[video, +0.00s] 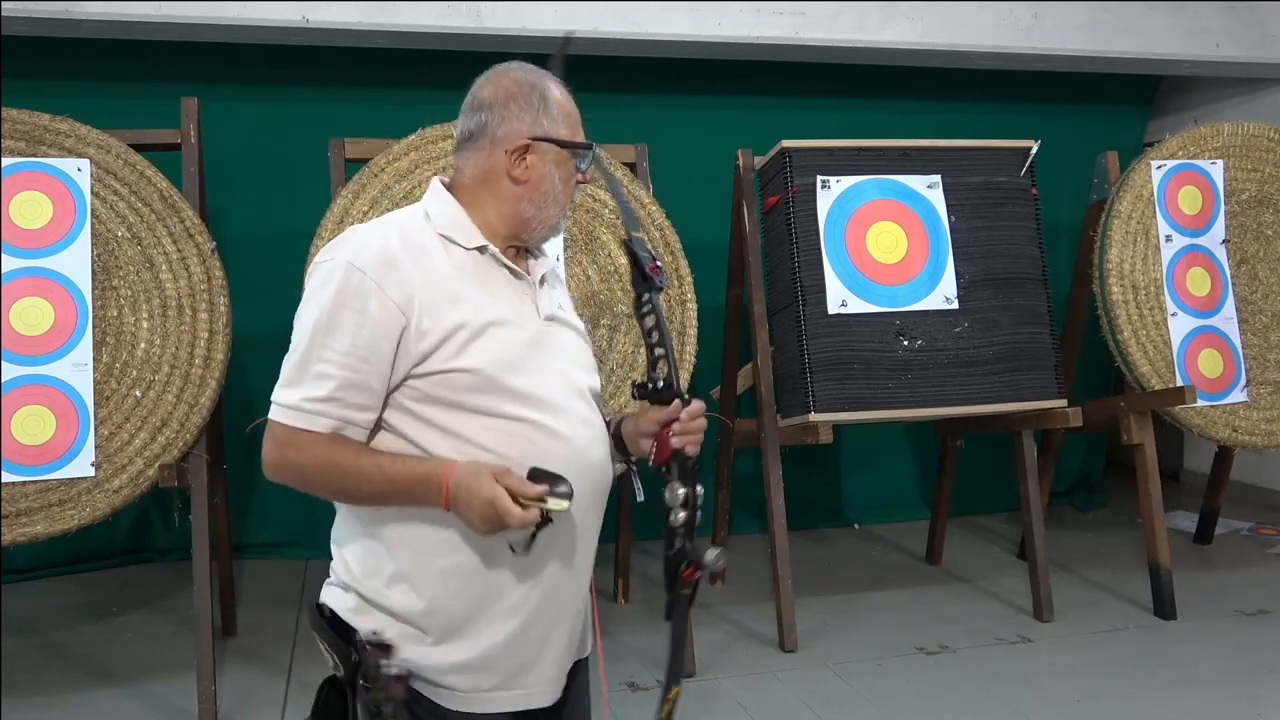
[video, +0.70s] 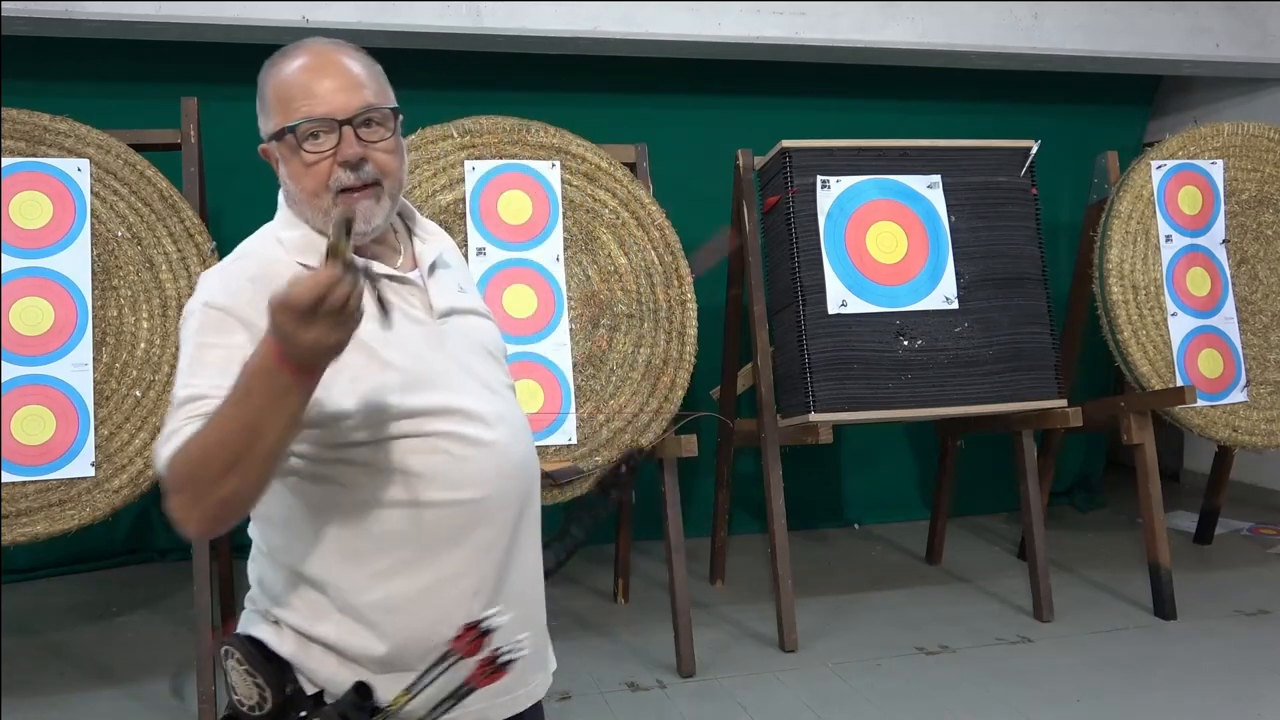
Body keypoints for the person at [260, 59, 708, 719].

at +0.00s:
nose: (580, 182)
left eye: (581, 162)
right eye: (573, 159)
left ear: (517, 162)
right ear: (521, 161)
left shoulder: (538, 265)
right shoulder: (372, 265)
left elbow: (534, 425)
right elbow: (289, 450)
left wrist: (629, 432)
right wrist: (449, 484)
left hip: (552, 649)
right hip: (430, 667)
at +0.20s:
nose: (547, 177)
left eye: (547, 156)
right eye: (540, 154)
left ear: (480, 161)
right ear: (481, 158)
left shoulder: (478, 268)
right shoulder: (361, 275)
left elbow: (477, 423)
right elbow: (304, 482)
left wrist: (600, 419)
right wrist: (489, 452)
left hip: (517, 669)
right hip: (403, 682)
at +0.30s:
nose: (515, 147)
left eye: (514, 126)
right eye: (490, 125)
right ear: (407, 145)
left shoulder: (458, 258)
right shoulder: (342, 275)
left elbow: (458, 425)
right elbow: (328, 487)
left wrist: (571, 428)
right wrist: (496, 394)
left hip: (506, 663)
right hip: (393, 677)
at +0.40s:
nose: (443, 138)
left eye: (455, 117)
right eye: (408, 119)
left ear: (470, 131)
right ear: (345, 151)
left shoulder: (464, 255)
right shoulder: (312, 283)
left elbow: (454, 437)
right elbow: (332, 488)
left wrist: (550, 450)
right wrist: (463, 341)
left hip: (509, 662)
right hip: (377, 677)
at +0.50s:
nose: (400, 143)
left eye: (415, 118)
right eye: (362, 124)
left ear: (437, 132)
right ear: (311, 154)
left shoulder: (437, 249)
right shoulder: (286, 285)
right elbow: (309, 491)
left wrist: (540, 479)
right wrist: (397, 307)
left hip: (507, 658)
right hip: (368, 677)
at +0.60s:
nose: (367, 149)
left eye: (386, 123)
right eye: (331, 132)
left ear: (415, 138)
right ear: (287, 158)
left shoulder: (438, 248)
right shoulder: (257, 289)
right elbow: (260, 496)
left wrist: (522, 514)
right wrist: (336, 312)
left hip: (501, 656)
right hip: (346, 678)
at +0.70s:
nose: (352, 155)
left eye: (370, 125)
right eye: (317, 136)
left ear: (401, 133)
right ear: (275, 158)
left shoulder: (439, 251)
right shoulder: (235, 294)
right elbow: (195, 510)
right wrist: (290, 360)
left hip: (502, 674)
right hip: (330, 691)